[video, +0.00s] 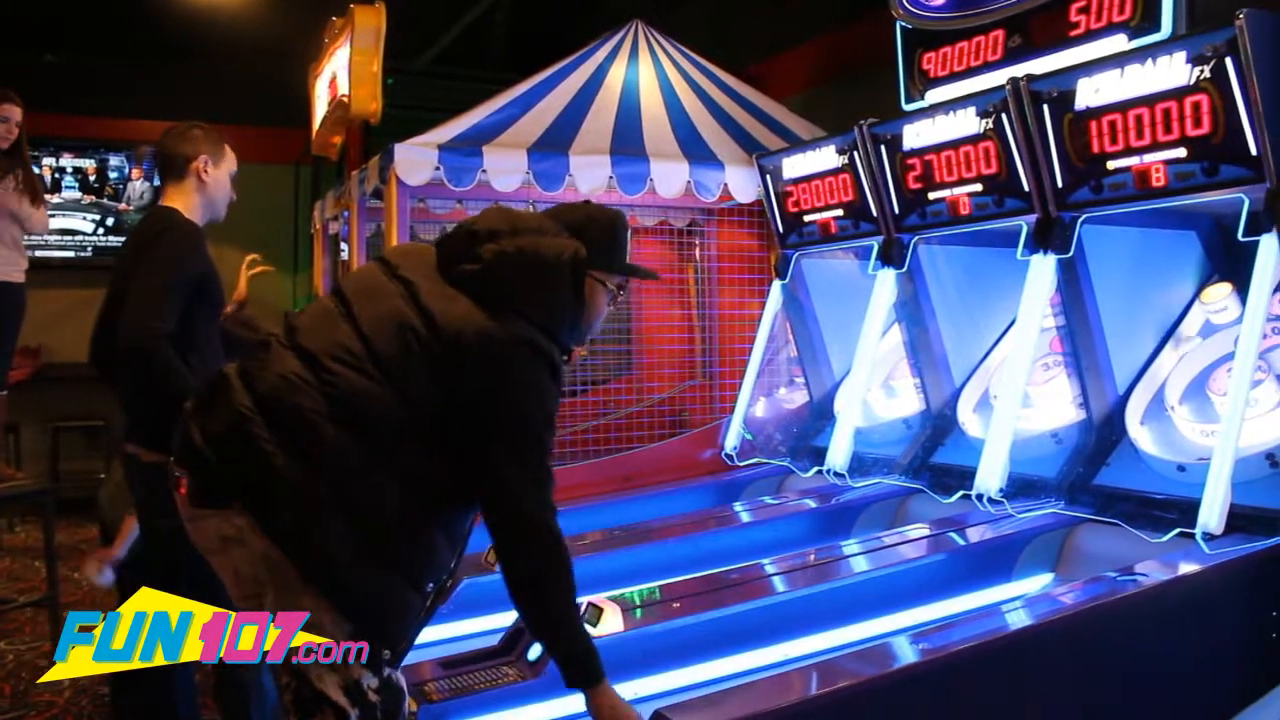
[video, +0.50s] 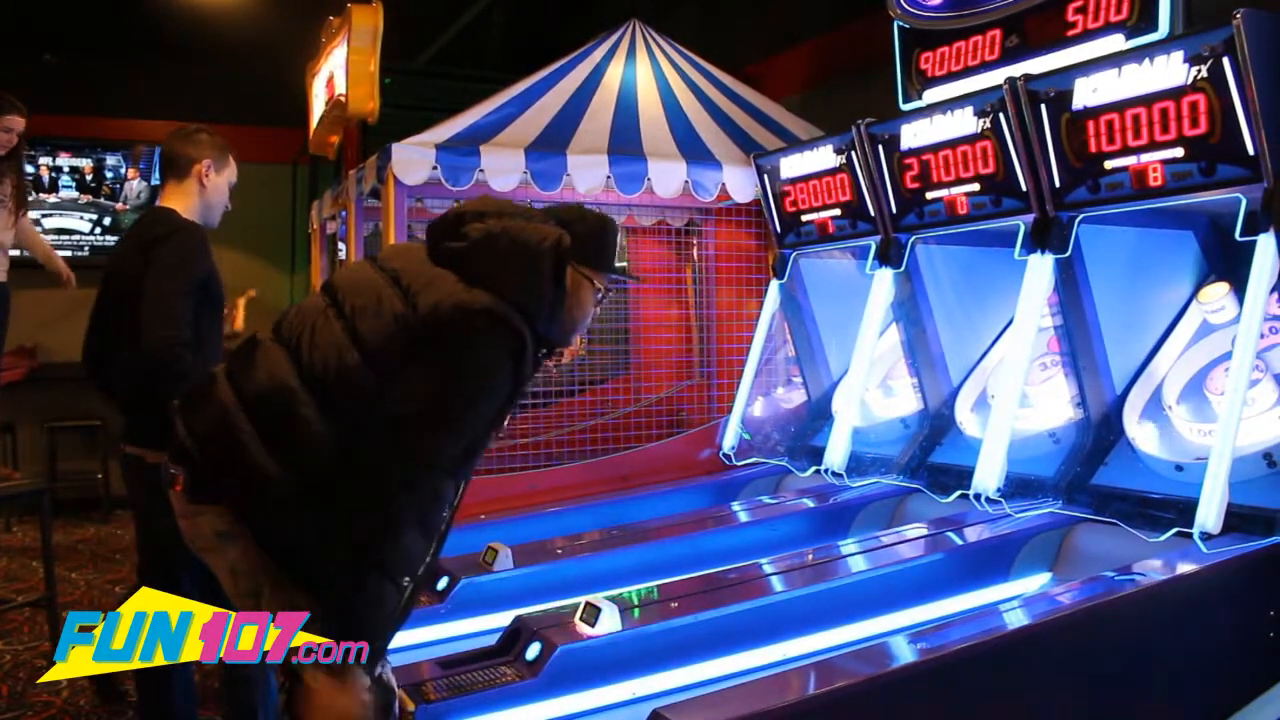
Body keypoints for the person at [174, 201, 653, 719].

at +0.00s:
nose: (611, 309)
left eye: (616, 292)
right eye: (607, 290)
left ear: (539, 260)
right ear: (568, 278)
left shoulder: (424, 264)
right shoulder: (513, 353)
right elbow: (527, 531)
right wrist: (594, 683)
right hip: (264, 502)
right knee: (345, 693)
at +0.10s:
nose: (607, 299)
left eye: (610, 284)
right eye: (602, 281)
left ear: (533, 258)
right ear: (563, 271)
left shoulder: (416, 264)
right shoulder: (506, 344)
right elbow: (502, 523)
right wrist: (580, 664)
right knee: (347, 696)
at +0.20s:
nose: (602, 298)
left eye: (606, 282)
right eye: (598, 278)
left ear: (528, 255)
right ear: (558, 267)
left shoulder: (411, 263)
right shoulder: (498, 338)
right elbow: (485, 519)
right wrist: (568, 648)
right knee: (352, 697)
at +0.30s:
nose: (598, 301)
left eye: (603, 284)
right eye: (595, 280)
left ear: (531, 258)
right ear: (555, 267)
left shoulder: (415, 262)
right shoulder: (496, 331)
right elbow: (461, 505)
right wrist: (526, 649)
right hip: (260, 504)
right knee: (348, 695)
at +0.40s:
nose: (596, 305)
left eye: (603, 289)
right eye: (595, 284)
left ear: (535, 259)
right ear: (556, 269)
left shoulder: (413, 261)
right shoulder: (493, 329)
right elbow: (428, 496)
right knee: (344, 688)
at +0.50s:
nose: (596, 311)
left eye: (602, 294)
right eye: (596, 290)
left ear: (551, 264)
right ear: (561, 272)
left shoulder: (424, 265)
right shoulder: (489, 329)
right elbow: (415, 484)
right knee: (340, 686)